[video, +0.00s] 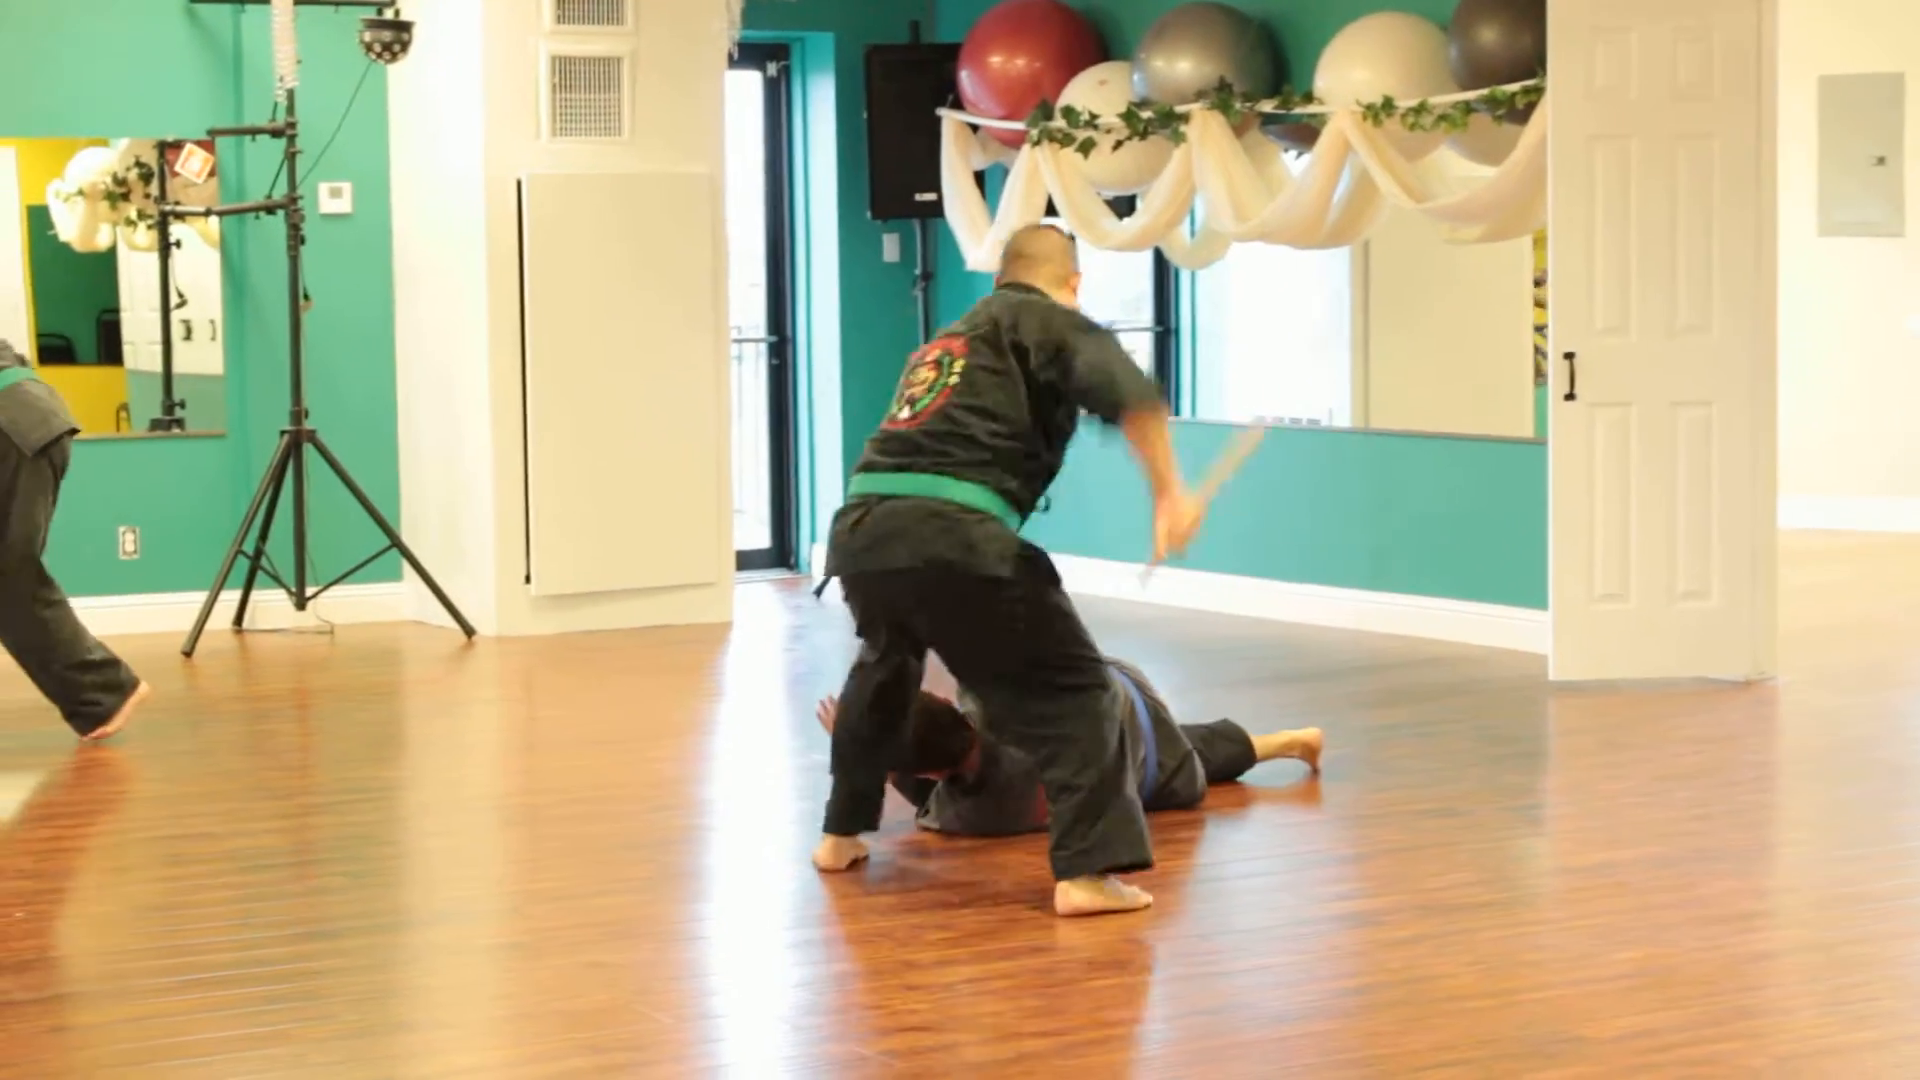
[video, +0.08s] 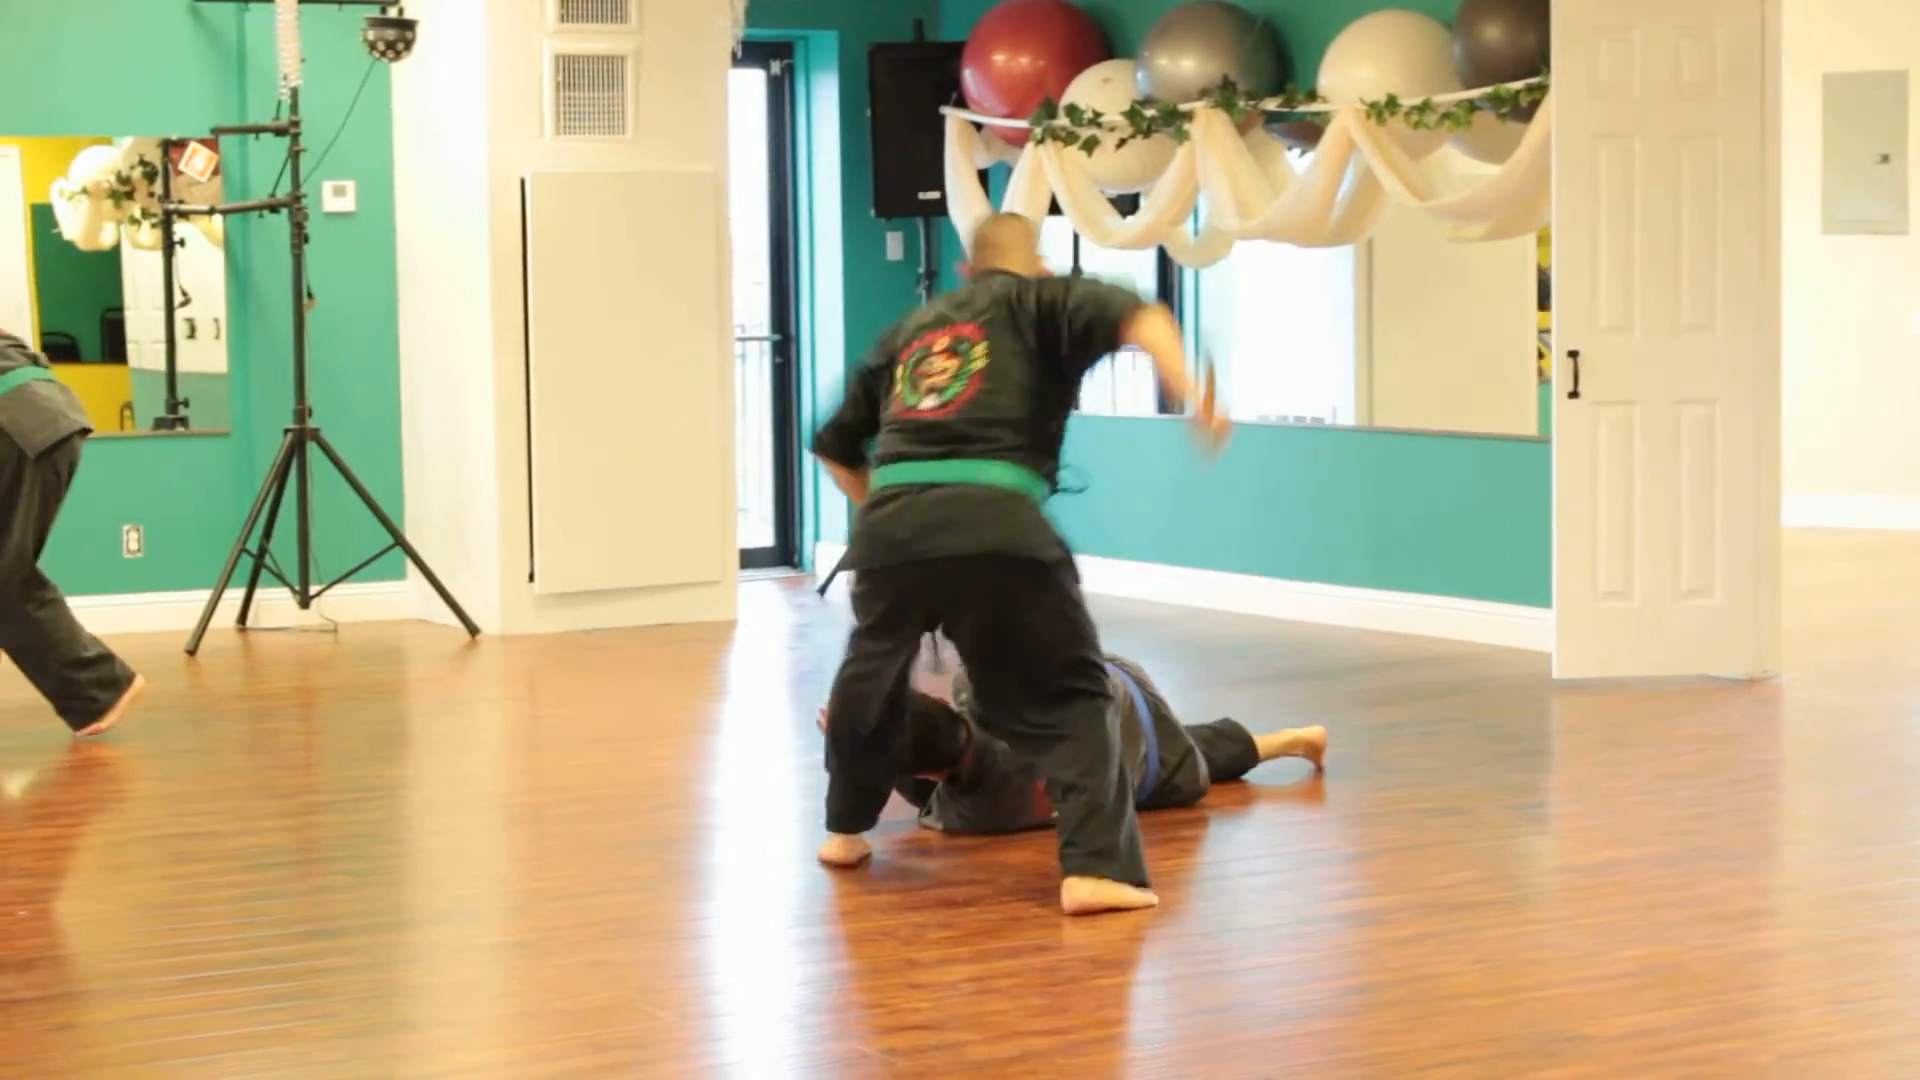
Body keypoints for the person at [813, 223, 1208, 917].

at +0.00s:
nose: (1079, 298)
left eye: (1077, 289)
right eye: (1078, 288)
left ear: (999, 279)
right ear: (1067, 284)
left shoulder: (949, 336)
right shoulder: (1045, 320)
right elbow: (1132, 391)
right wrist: (1170, 491)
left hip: (862, 532)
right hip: (956, 534)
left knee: (886, 653)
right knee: (1074, 688)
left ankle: (841, 832)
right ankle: (1085, 871)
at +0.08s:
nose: (1049, 273)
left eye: (1044, 263)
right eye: (1045, 262)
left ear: (969, 268)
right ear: (1035, 264)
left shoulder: (911, 327)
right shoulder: (1043, 295)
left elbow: (834, 444)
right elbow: (1143, 316)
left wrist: (896, 520)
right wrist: (1190, 388)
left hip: (892, 528)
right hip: (998, 523)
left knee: (875, 654)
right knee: (1069, 691)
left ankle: (844, 827)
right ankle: (1096, 867)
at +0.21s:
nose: (872, 273)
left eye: (873, 264)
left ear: (879, 266)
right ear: (957, 251)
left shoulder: (855, 331)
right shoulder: (1023, 280)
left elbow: (818, 457)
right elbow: (1140, 275)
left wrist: (794, 467)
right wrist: (1194, 293)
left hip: (954, 524)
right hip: (1063, 511)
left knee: (876, 658)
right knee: (1082, 680)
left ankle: (921, 823)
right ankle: (1172, 761)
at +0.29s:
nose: (849, 295)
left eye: (847, 286)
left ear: (855, 283)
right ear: (922, 261)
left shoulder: (847, 349)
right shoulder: (993, 294)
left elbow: (833, 472)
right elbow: (1088, 352)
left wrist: (885, 505)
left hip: (992, 544)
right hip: (1081, 518)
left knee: (879, 655)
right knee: (1061, 668)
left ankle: (931, 839)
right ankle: (1219, 718)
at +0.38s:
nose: (825, 317)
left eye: (822, 305)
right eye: (823, 306)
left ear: (833, 298)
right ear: (891, 279)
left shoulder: (861, 354)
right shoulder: (966, 321)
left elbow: (860, 498)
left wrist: (922, 471)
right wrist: (933, 481)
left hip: (1014, 552)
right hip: (1094, 530)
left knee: (890, 655)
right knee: (1052, 670)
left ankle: (928, 836)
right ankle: (1172, 762)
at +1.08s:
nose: (811, 351)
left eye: (802, 335)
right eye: (802, 339)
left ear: (818, 308)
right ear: (845, 290)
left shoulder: (919, 335)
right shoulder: (909, 334)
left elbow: (921, 478)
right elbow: (917, 485)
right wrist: (914, 578)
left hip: (1060, 512)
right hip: (1069, 508)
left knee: (934, 636)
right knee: (1023, 679)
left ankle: (944, 830)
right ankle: (1125, 766)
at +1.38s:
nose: (815, 332)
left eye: (806, 317)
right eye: (807, 319)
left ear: (820, 295)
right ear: (856, 272)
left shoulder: (911, 327)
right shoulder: (918, 312)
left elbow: (899, 465)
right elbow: (907, 471)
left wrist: (832, 442)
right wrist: (894, 560)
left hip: (1053, 509)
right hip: (1077, 499)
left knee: (935, 641)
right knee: (1034, 674)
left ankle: (941, 831)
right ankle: (1130, 772)